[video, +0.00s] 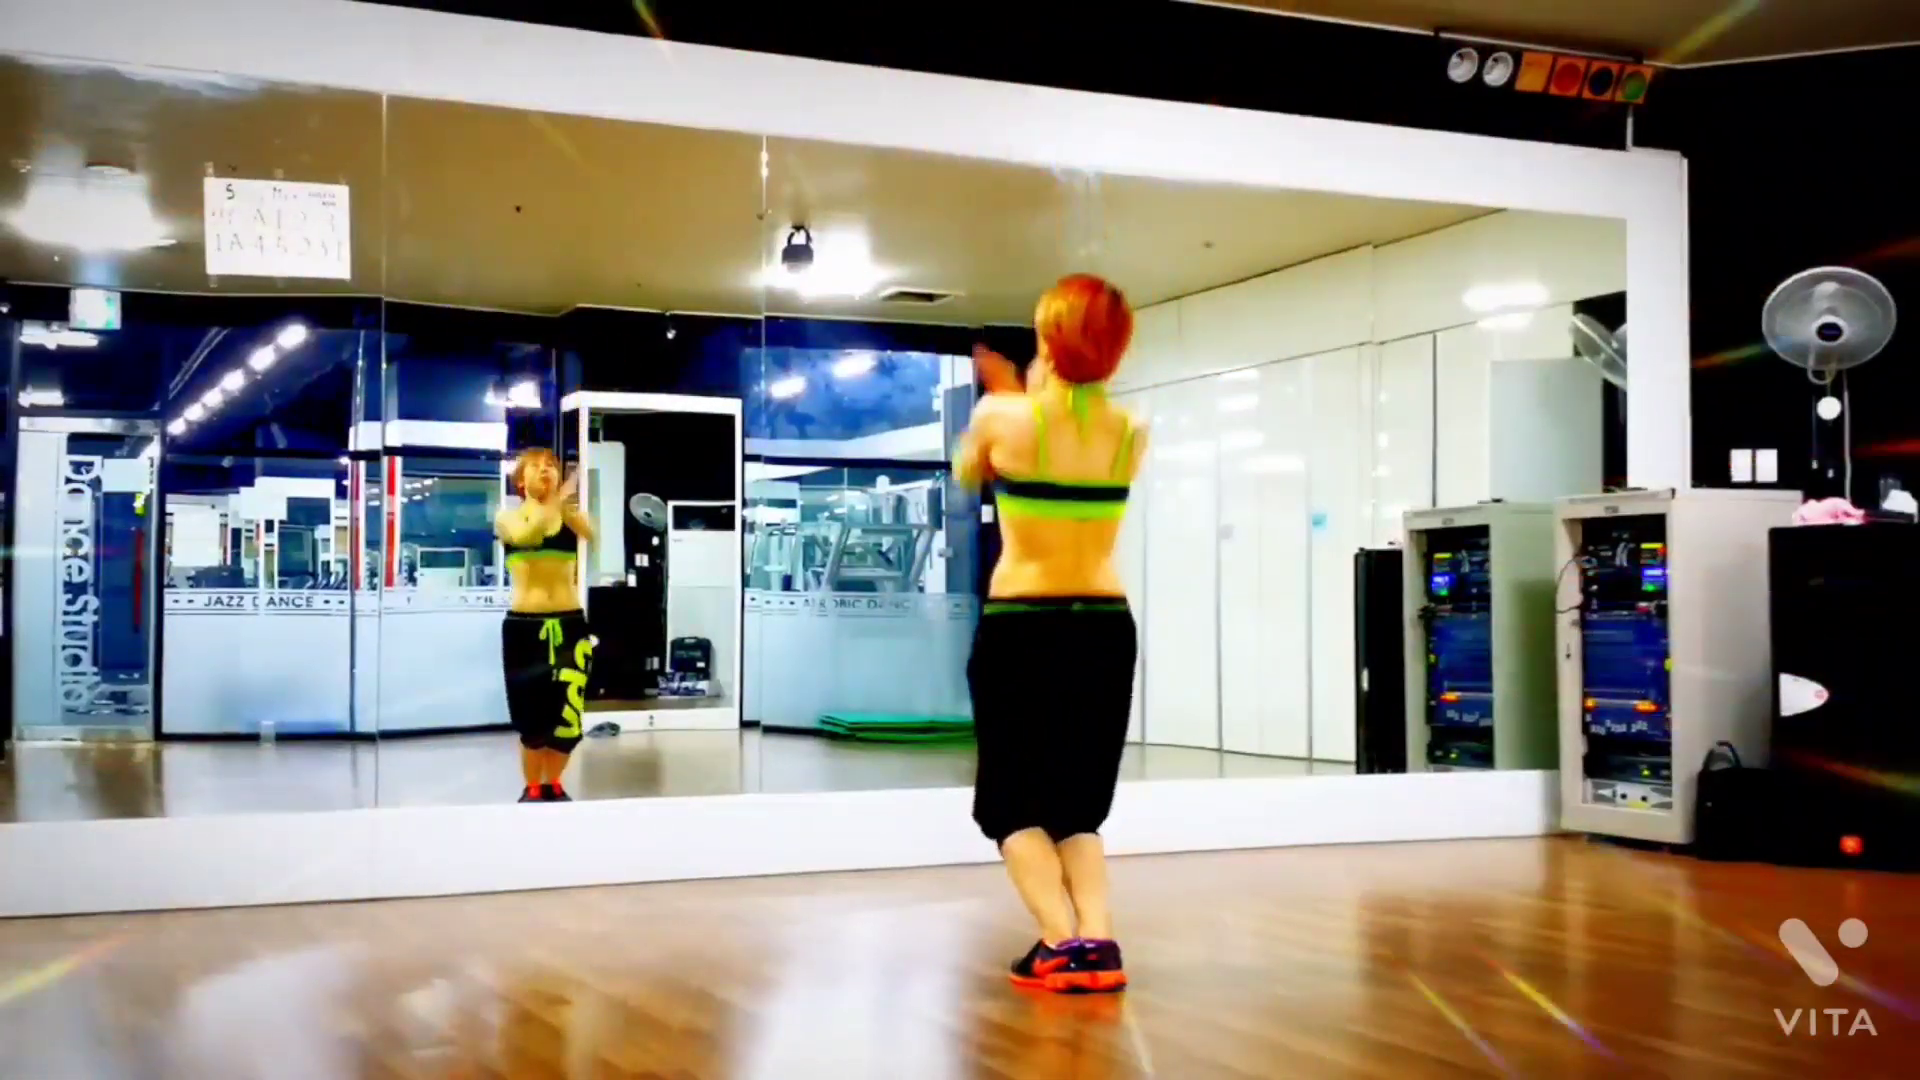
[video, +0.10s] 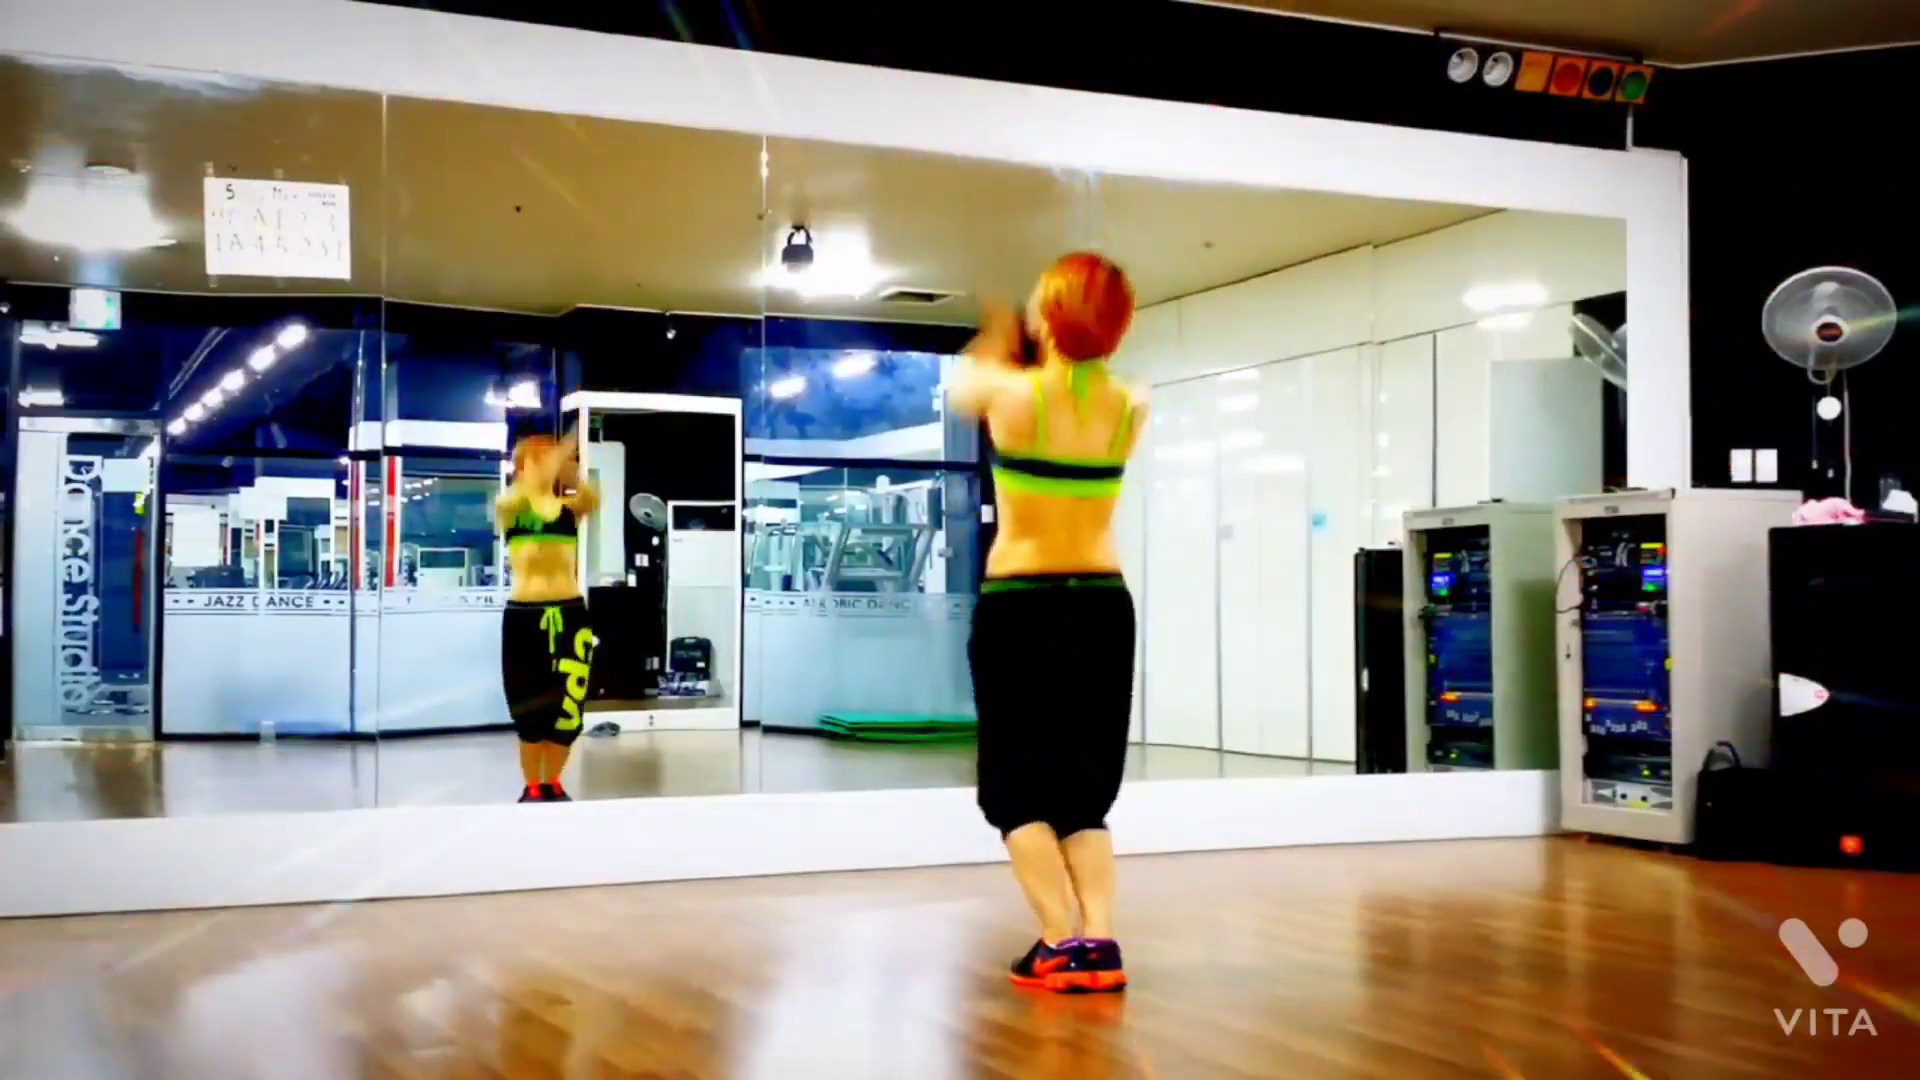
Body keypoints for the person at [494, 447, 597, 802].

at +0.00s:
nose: (544, 471)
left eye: (551, 466)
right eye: (536, 465)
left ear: (559, 477)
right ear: (521, 476)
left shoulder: (570, 514)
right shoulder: (507, 517)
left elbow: (590, 533)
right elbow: (523, 534)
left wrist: (567, 507)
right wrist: (549, 506)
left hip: (569, 620)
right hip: (524, 621)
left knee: (568, 715)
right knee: (531, 713)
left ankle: (552, 782)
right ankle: (532, 786)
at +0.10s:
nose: (542, 463)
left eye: (548, 454)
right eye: (534, 455)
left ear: (560, 459)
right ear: (521, 462)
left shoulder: (569, 503)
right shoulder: (509, 502)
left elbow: (588, 500)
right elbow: (510, 502)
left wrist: (580, 482)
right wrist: (556, 458)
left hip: (569, 610)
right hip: (523, 612)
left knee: (568, 706)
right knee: (529, 707)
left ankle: (552, 781)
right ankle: (532, 785)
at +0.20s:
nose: (545, 452)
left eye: (552, 446)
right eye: (536, 446)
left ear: (562, 455)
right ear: (523, 455)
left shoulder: (571, 492)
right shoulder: (514, 491)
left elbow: (591, 445)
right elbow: (518, 437)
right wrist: (551, 393)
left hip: (571, 602)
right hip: (525, 605)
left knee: (569, 704)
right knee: (530, 707)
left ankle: (551, 782)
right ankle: (532, 785)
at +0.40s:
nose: (549, 452)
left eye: (555, 444)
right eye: (539, 445)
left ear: (564, 451)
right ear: (523, 451)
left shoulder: (573, 483)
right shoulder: (513, 482)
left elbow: (582, 426)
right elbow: (500, 422)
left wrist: (585, 371)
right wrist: (485, 366)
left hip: (573, 601)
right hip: (525, 604)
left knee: (568, 700)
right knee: (526, 703)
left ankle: (552, 783)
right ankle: (532, 786)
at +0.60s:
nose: (550, 454)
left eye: (556, 448)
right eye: (541, 449)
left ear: (565, 453)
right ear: (527, 455)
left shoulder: (576, 485)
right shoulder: (513, 485)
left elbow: (609, 450)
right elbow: (467, 443)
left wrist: (637, 424)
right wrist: (421, 405)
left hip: (574, 604)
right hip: (526, 607)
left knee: (567, 701)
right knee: (526, 702)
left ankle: (552, 783)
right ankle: (531, 785)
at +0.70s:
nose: (552, 454)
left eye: (558, 448)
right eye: (543, 448)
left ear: (567, 453)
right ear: (527, 455)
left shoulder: (577, 489)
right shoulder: (514, 489)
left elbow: (620, 472)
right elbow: (460, 465)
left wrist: (659, 458)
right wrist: (404, 449)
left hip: (575, 603)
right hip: (527, 606)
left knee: (568, 700)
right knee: (527, 702)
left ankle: (553, 782)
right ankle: (531, 785)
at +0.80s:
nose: (552, 455)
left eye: (558, 448)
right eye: (543, 449)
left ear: (567, 454)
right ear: (528, 456)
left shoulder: (579, 493)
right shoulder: (514, 491)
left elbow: (620, 496)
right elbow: (452, 491)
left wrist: (655, 501)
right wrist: (398, 496)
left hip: (575, 604)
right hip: (527, 606)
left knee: (567, 701)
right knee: (527, 702)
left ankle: (553, 782)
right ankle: (531, 784)